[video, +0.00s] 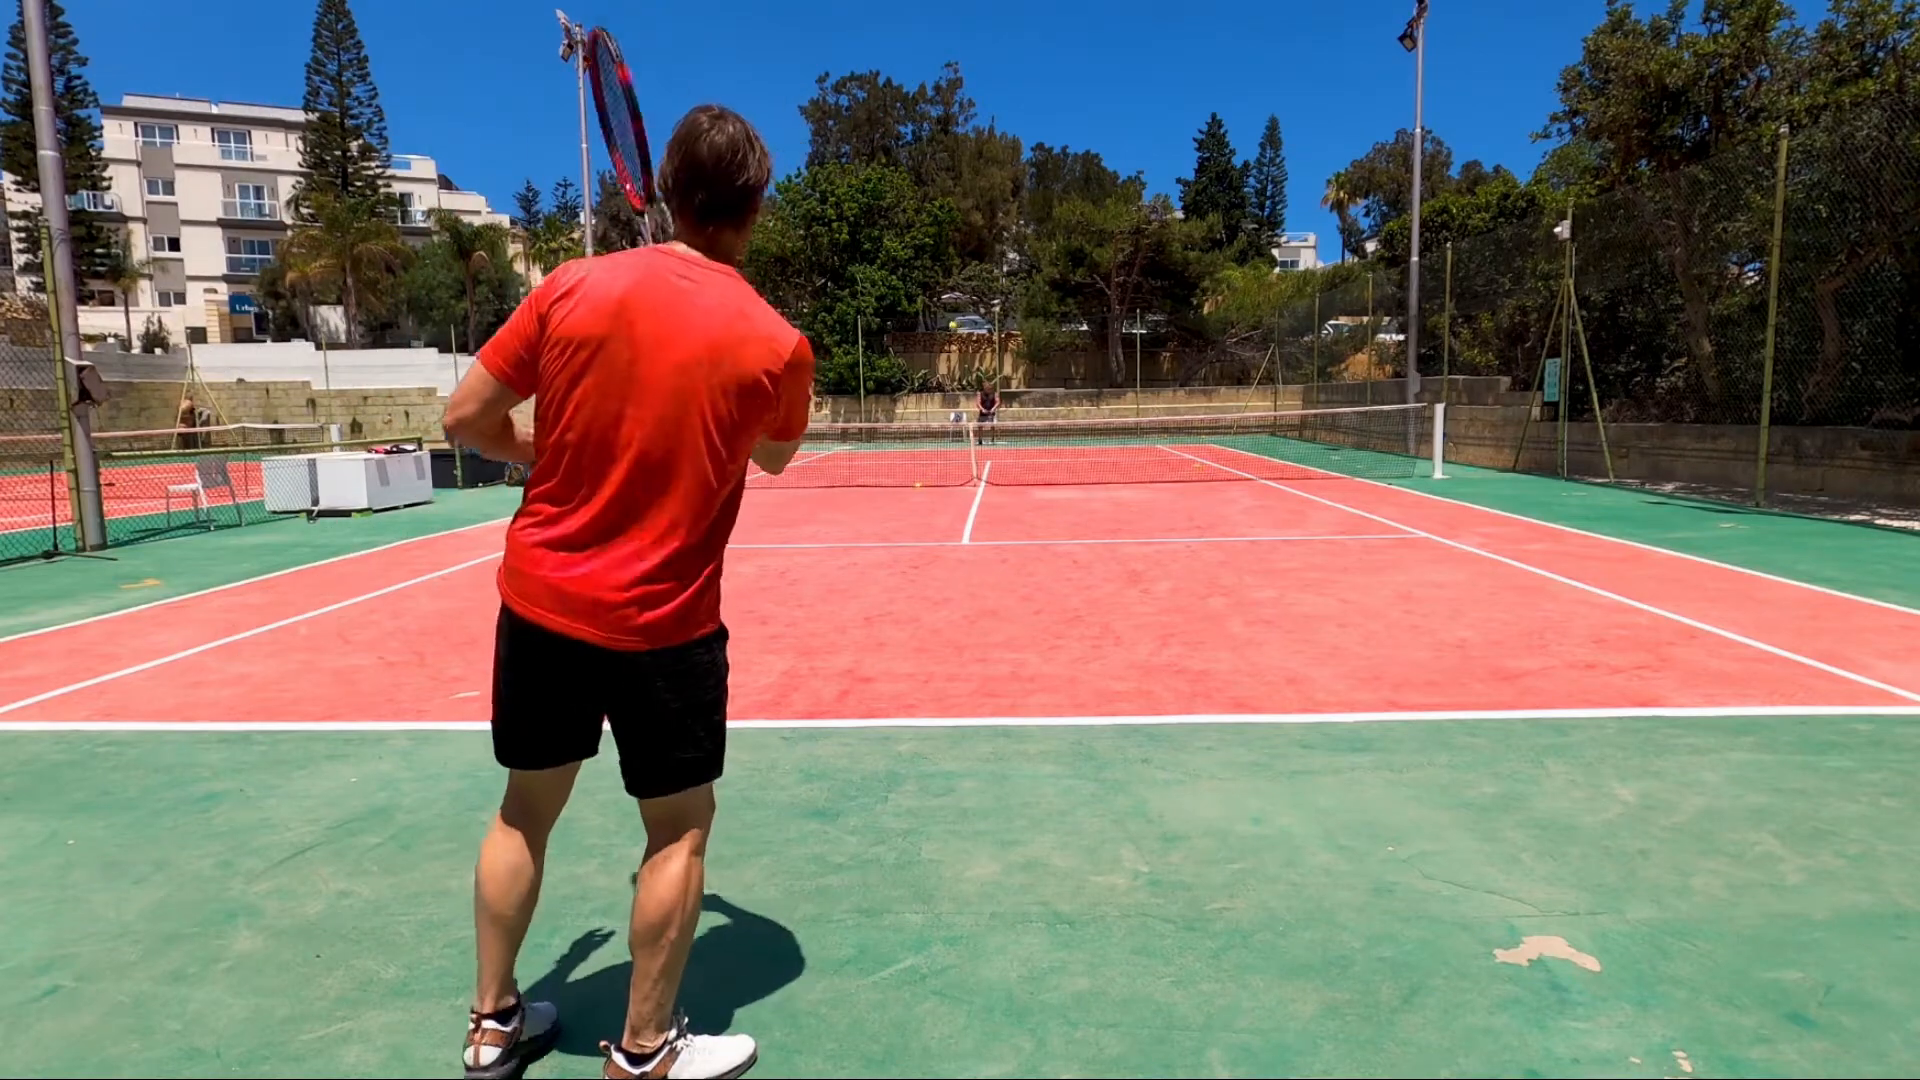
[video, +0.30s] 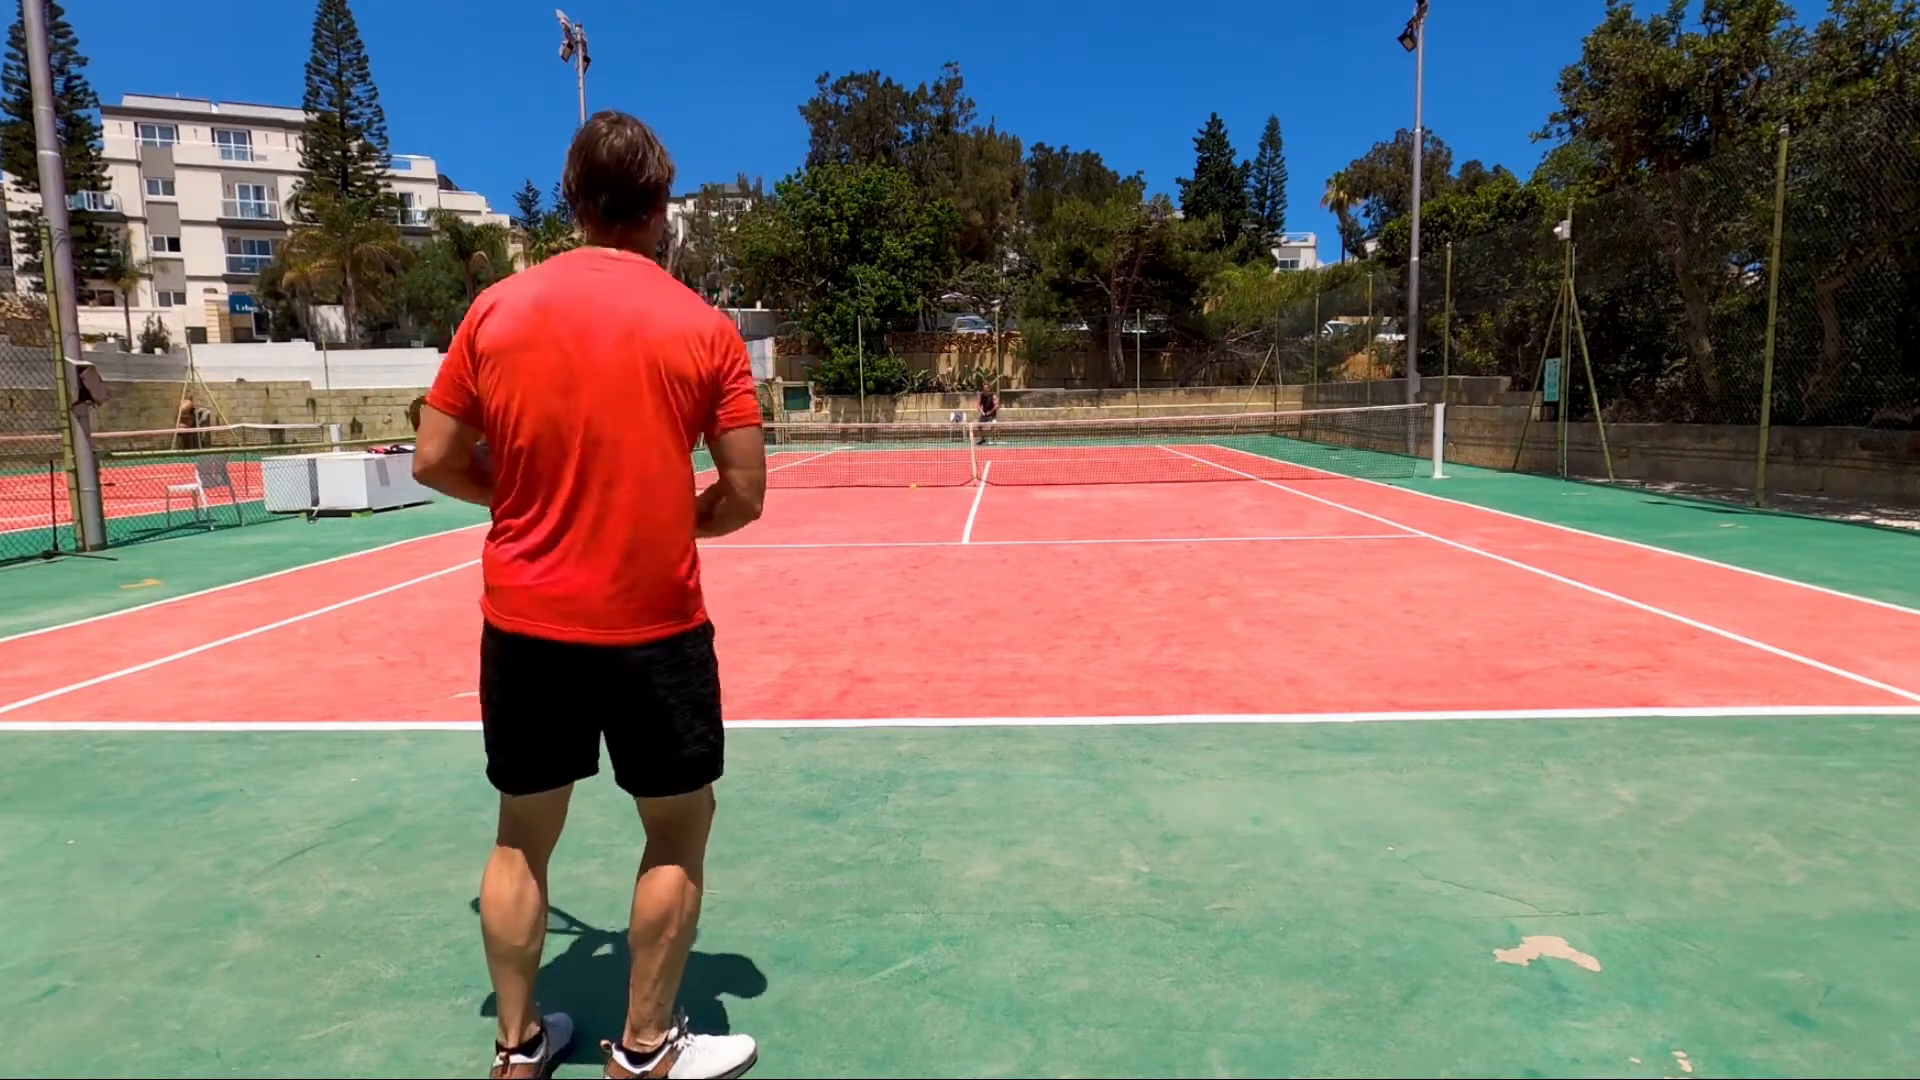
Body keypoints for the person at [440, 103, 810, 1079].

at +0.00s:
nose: (750, 211)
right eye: (756, 198)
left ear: (660, 196)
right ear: (757, 206)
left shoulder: (575, 288)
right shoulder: (774, 343)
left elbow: (467, 415)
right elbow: (772, 454)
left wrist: (548, 453)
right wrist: (694, 391)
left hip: (542, 609)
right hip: (669, 629)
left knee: (523, 809)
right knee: (676, 834)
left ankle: (491, 1018)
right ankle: (646, 1044)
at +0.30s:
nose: (666, 213)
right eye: (665, 201)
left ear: (570, 203)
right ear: (658, 207)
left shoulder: (500, 308)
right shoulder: (701, 324)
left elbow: (438, 461)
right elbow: (744, 490)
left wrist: (528, 490)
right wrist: (667, 517)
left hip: (527, 626)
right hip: (654, 630)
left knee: (522, 834)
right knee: (674, 840)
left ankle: (516, 1036)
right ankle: (647, 1041)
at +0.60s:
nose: (614, 226)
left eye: (604, 213)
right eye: (610, 213)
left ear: (514, 223)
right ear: (598, 215)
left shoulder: (458, 335)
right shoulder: (637, 313)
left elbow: (422, 499)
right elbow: (701, 464)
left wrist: (513, 517)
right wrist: (673, 527)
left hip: (503, 630)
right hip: (625, 622)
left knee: (531, 821)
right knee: (709, 801)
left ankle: (514, 1038)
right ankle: (686, 1035)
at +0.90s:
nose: (651, 201)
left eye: (636, 187)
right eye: (647, 187)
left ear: (549, 196)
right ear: (638, 194)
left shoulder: (489, 311)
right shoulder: (685, 304)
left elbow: (447, 471)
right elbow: (741, 458)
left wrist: (543, 476)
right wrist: (689, 506)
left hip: (539, 618)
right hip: (668, 610)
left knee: (525, 833)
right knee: (739, 793)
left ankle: (511, 1035)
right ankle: (739, 1024)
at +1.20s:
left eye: (623, 259)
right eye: (706, 261)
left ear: (620, 270)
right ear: (710, 273)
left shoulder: (562, 381)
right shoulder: (764, 387)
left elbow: (498, 540)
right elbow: (830, 542)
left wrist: (592, 560)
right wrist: (741, 582)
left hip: (600, 688)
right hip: (731, 681)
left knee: (599, 856)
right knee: (772, 847)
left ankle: (623, 1060)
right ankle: (771, 1059)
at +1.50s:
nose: (688, 166)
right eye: (687, 153)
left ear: (584, 160)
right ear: (684, 161)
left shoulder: (514, 276)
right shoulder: (734, 277)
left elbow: (460, 436)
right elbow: (801, 437)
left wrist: (552, 468)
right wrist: (723, 494)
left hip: (546, 586)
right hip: (687, 587)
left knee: (507, 789)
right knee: (753, 811)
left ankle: (446, 1017)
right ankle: (776, 1050)